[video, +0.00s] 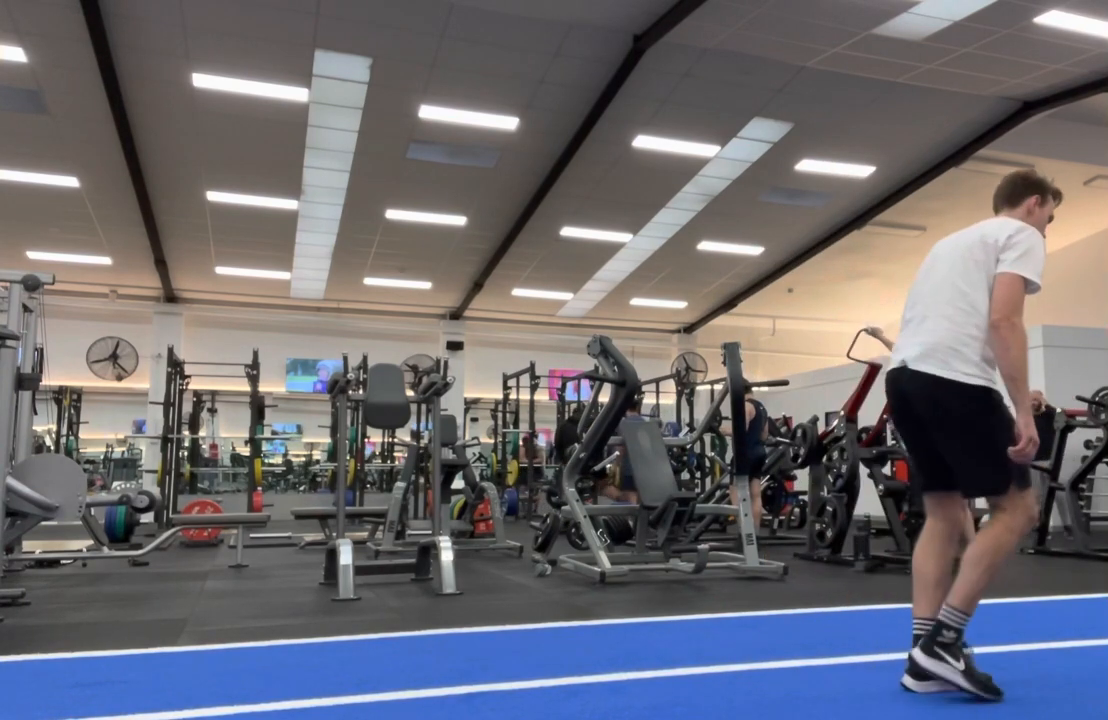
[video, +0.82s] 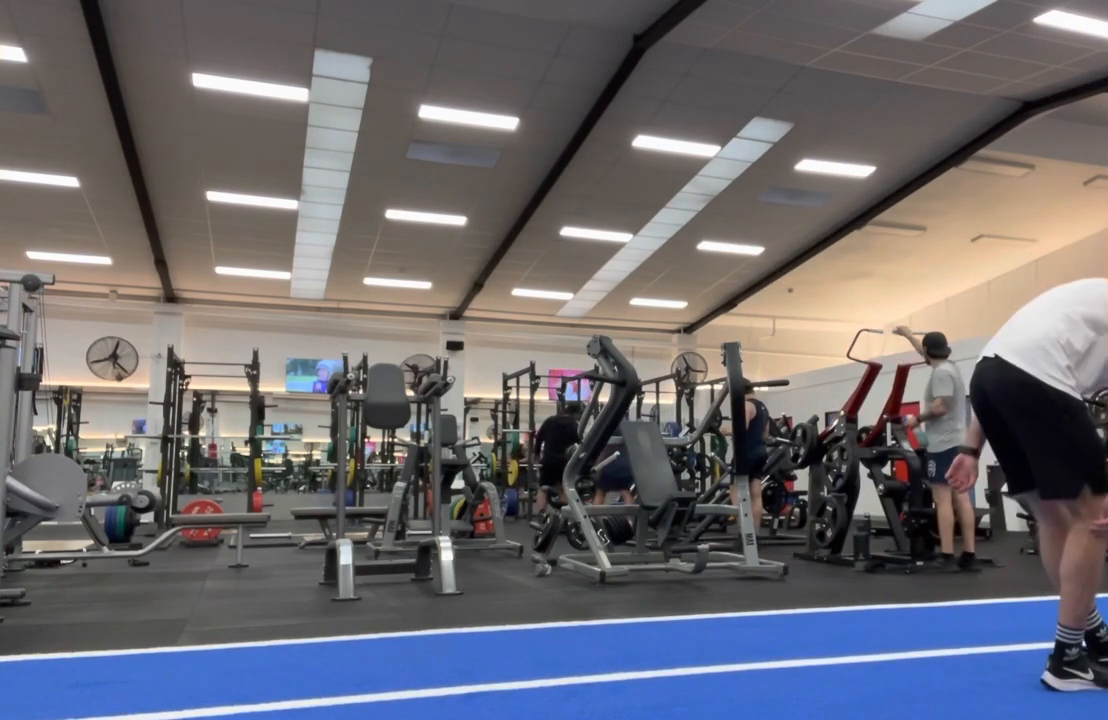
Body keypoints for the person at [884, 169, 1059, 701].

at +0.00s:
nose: (1047, 228)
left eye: (1051, 220)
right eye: (1049, 218)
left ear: (1003, 204)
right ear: (1034, 204)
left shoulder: (951, 245)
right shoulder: (1021, 234)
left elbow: (931, 330)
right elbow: (1004, 318)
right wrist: (1024, 409)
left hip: (905, 380)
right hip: (957, 381)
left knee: (944, 517)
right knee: (1017, 508)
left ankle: (925, 655)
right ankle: (945, 637)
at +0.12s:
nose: (1055, 224)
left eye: (1059, 216)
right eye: (1057, 214)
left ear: (1012, 199)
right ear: (1043, 198)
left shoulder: (961, 242)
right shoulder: (1029, 229)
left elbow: (928, 326)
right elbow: (1010, 312)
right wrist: (1033, 402)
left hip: (918, 379)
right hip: (974, 380)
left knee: (949, 517)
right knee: (1037, 500)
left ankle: (926, 655)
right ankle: (983, 638)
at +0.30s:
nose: (1089, 221)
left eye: (1091, 214)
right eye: (1090, 212)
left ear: (1042, 200)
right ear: (1074, 200)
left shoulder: (993, 242)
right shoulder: (1061, 230)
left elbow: (968, 326)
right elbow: (1041, 313)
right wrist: (1071, 404)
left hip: (953, 384)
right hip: (1007, 386)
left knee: (973, 516)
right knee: (1039, 521)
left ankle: (931, 649)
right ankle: (1058, 656)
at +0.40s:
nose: (1106, 231)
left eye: (1106, 225)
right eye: (1107, 223)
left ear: (1062, 212)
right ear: (1096, 214)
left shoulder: (1016, 247)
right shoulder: (1083, 241)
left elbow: (997, 333)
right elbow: (1067, 326)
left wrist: (1050, 402)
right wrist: (1092, 416)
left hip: (967, 380)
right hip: (1022, 384)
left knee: (1011, 511)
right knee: (1060, 515)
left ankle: (955, 618)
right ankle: (1063, 656)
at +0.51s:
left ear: (1083, 225)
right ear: (1107, 231)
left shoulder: (1034, 254)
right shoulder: (1099, 251)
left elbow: (993, 339)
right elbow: (1090, 343)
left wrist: (982, 426)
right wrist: (1104, 429)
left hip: (976, 377)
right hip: (1028, 382)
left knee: (1036, 504)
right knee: (1071, 513)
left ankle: (999, 621)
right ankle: (1065, 655)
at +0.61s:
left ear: (1091, 251)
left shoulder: (1048, 269)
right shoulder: (1103, 269)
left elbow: (991, 346)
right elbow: (1102, 358)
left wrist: (979, 433)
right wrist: (1106, 443)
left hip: (982, 375)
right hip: (1036, 381)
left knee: (1047, 508)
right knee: (1078, 511)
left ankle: (1057, 637)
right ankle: (1065, 652)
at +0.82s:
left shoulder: (1083, 297)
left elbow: (999, 362)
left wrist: (971, 448)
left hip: (989, 378)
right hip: (1040, 383)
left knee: (1051, 519)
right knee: (1092, 514)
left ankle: (1093, 635)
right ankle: (1068, 656)